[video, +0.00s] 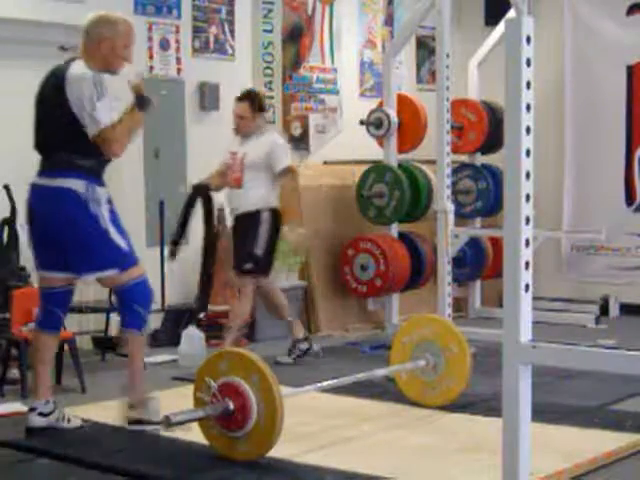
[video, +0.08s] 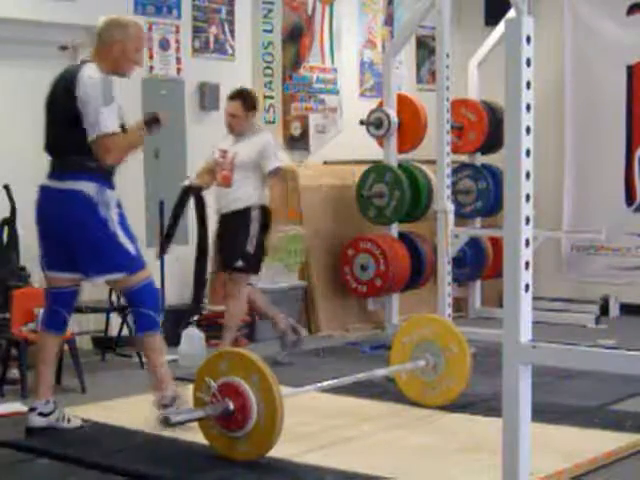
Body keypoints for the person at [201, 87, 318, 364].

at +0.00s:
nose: (237, 123)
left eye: (242, 117)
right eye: (235, 117)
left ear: (258, 117)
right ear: (236, 116)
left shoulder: (272, 140)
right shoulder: (241, 143)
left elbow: (289, 177)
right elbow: (226, 175)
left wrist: (293, 219)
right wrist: (210, 182)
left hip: (262, 212)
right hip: (241, 213)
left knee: (246, 277)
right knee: (260, 280)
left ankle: (228, 344)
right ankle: (298, 333)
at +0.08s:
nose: (229, 122)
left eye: (235, 116)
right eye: (227, 115)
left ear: (251, 115)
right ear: (225, 114)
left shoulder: (263, 140)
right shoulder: (231, 144)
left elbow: (277, 179)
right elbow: (210, 174)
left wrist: (279, 222)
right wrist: (200, 180)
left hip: (250, 210)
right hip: (228, 212)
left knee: (237, 281)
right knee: (234, 283)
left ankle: (225, 346)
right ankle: (283, 325)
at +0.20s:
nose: (214, 119)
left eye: (220, 113)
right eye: (213, 112)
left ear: (236, 113)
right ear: (212, 111)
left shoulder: (249, 140)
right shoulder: (213, 139)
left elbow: (257, 186)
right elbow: (196, 167)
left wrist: (244, 225)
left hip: (233, 211)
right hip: (207, 212)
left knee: (228, 281)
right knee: (205, 279)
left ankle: (225, 344)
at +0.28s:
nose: (210, 118)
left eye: (217, 113)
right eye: (209, 111)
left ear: (232, 113)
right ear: (208, 110)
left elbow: (255, 183)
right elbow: (186, 168)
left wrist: (239, 220)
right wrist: (192, 166)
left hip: (229, 212)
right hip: (202, 213)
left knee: (226, 282)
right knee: (201, 281)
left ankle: (224, 345)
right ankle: (231, 319)